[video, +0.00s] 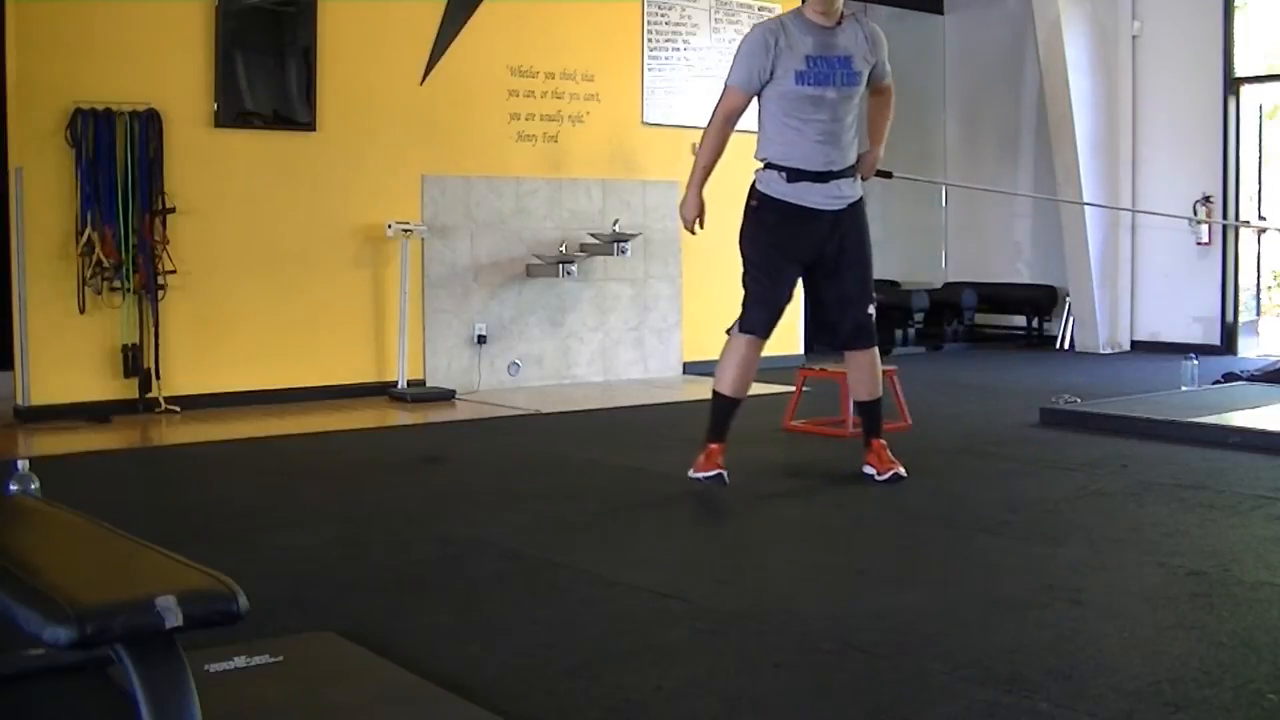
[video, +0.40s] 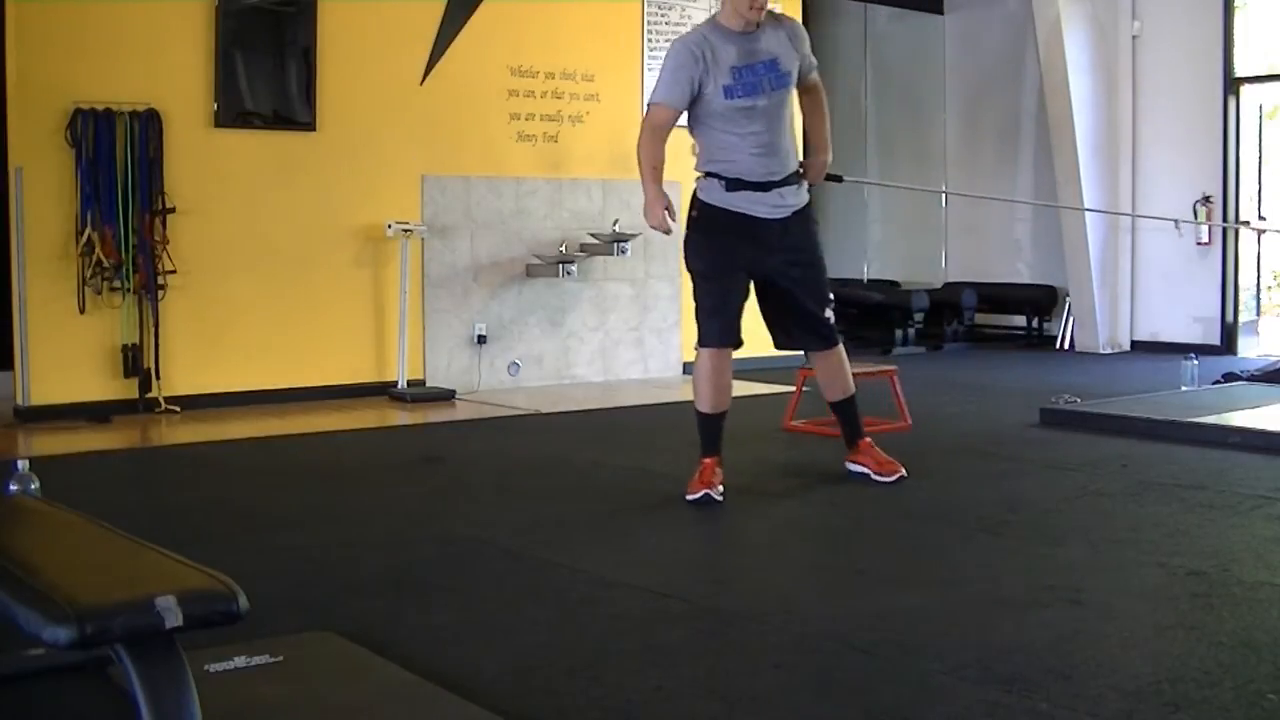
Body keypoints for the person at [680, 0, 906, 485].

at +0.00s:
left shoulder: (867, 36)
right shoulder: (768, 38)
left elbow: (881, 90)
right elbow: (725, 115)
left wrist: (875, 149)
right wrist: (694, 187)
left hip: (843, 207)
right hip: (778, 204)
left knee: (858, 327)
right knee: (755, 323)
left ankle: (875, 446)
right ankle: (713, 448)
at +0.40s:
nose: (761, 5)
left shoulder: (789, 34)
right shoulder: (692, 50)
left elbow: (810, 87)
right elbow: (655, 125)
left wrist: (819, 154)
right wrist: (652, 189)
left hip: (788, 211)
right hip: (720, 212)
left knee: (821, 330)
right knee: (716, 338)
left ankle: (858, 445)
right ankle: (710, 463)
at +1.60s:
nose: (852, 0)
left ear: (841, 2)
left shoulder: (841, 30)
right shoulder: (776, 36)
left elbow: (845, 96)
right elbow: (731, 117)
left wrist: (876, 132)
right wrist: (751, 192)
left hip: (854, 197)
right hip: (812, 200)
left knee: (839, 330)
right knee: (873, 318)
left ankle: (805, 451)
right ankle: (909, 448)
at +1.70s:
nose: (873, 3)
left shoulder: (861, 34)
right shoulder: (797, 47)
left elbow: (852, 94)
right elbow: (750, 128)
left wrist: (877, 120)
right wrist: (749, 204)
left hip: (871, 201)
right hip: (832, 203)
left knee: (863, 329)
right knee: (882, 323)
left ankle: (813, 443)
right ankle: (909, 452)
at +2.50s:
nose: (988, 15)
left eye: (990, 7)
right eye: (985, 5)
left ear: (962, 6)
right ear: (959, 1)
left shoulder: (951, 50)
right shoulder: (918, 37)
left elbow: (939, 124)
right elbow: (877, 99)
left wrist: (966, 167)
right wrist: (871, 171)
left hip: (953, 203)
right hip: (915, 201)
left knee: (963, 324)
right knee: (932, 322)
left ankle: (966, 435)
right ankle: (914, 450)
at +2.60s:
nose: (989, 14)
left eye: (990, 6)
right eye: (986, 5)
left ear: (961, 4)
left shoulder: (950, 48)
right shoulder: (923, 35)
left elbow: (936, 118)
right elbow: (882, 96)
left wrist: (967, 163)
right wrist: (880, 176)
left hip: (956, 198)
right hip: (921, 196)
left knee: (961, 324)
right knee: (932, 323)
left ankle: (966, 435)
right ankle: (914, 450)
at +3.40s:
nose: (968, 10)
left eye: (973, 4)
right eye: (961, 3)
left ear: (972, 8)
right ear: (934, 0)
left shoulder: (969, 50)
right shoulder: (896, 49)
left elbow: (965, 116)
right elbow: (849, 123)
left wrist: (996, 175)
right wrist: (865, 197)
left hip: (948, 207)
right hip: (897, 206)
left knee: (968, 321)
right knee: (911, 326)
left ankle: (966, 434)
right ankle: (899, 451)